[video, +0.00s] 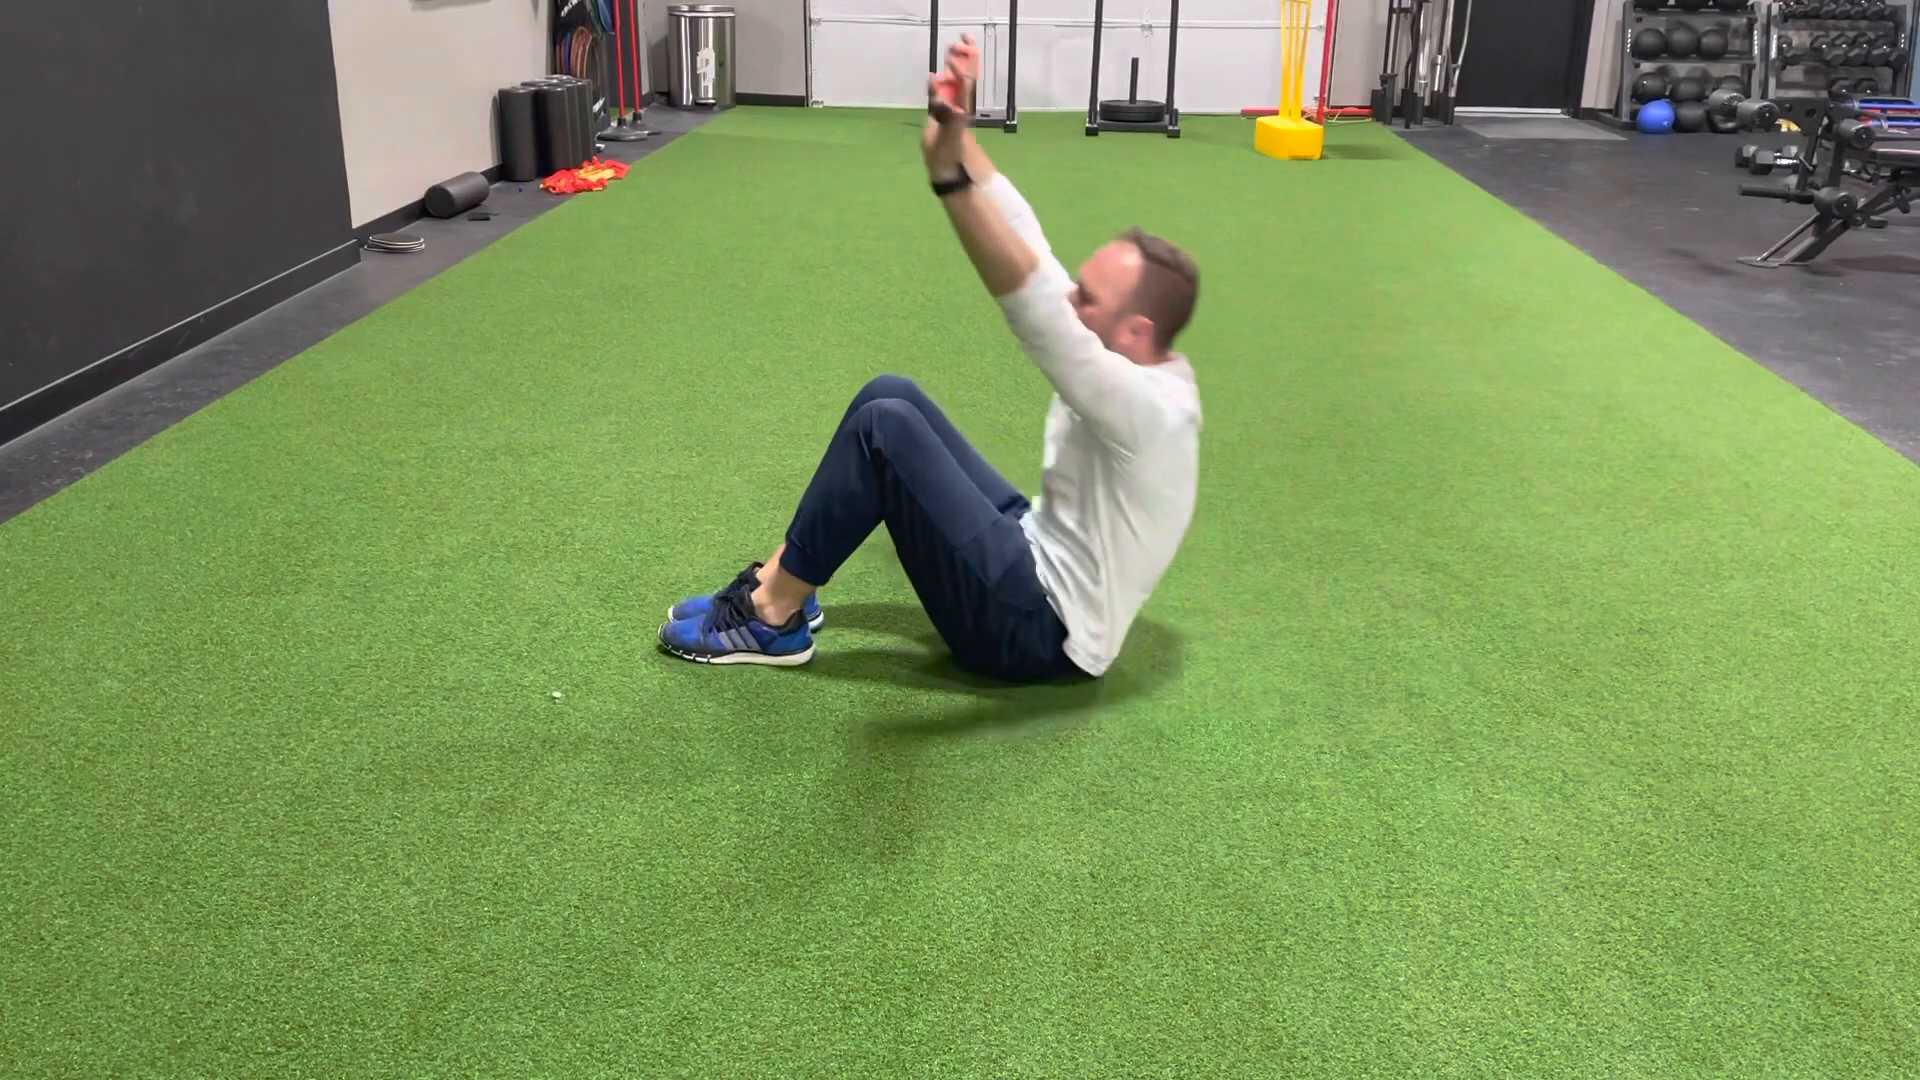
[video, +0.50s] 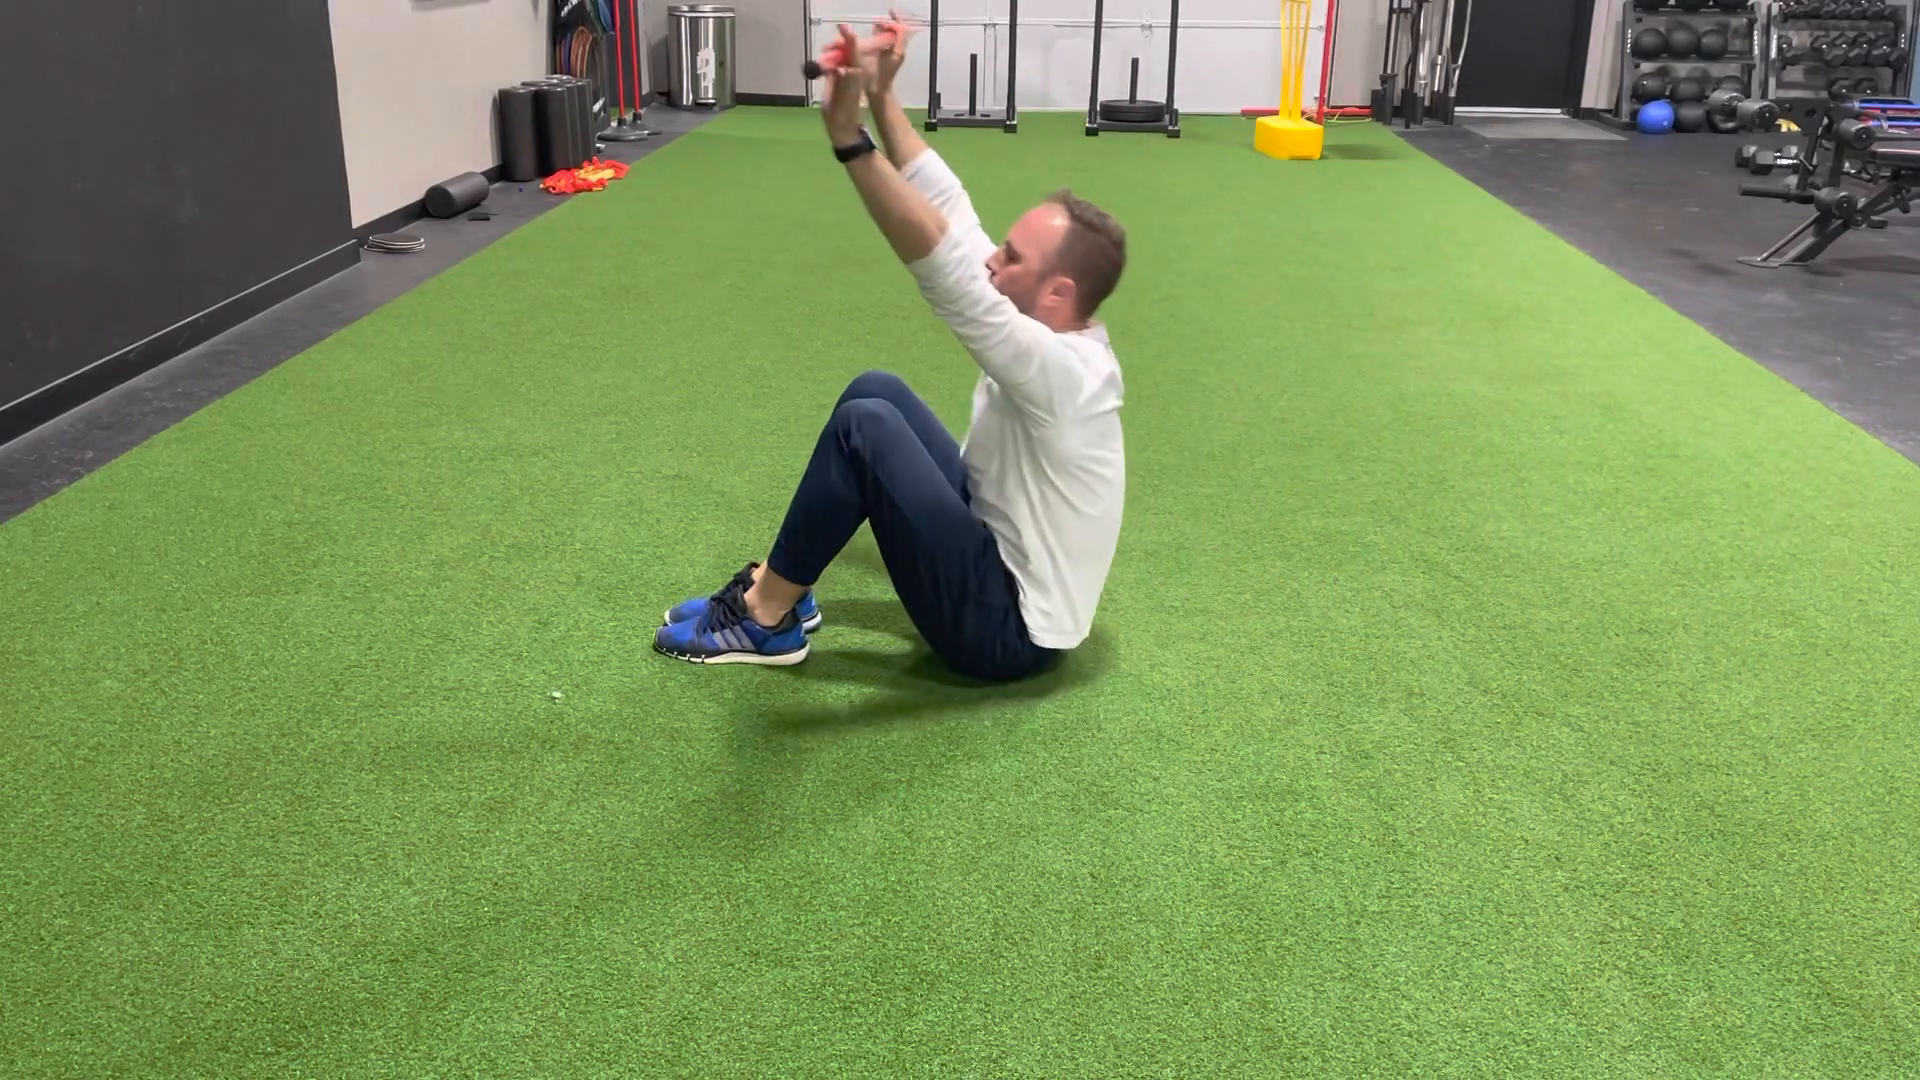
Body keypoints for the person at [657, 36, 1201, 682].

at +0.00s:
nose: (1072, 302)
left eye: (1090, 299)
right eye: (1081, 288)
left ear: (1136, 334)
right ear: (1137, 332)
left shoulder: (1139, 405)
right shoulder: (1137, 367)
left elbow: (1032, 298)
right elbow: (1032, 248)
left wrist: (949, 174)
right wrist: (959, 132)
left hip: (1043, 619)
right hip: (1044, 560)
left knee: (885, 425)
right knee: (887, 398)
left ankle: (774, 612)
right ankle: (781, 583)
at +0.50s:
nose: (993, 265)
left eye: (1012, 258)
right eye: (1004, 249)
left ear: (1057, 294)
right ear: (1056, 294)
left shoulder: (1057, 372)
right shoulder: (1052, 340)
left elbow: (944, 266)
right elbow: (952, 213)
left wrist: (849, 137)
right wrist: (883, 99)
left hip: (1007, 622)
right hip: (1012, 559)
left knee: (865, 425)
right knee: (876, 393)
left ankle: (766, 616)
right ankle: (780, 590)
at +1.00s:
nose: (1260, 364)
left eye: (1282, 368)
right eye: (1274, 353)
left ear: (1308, 424)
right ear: (1267, 380)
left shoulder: (1270, 499)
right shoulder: (1234, 440)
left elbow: (1226, 380)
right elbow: (1185, 318)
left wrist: (1213, 231)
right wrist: (1163, 153)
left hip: (1051, 622)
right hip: (1058, 562)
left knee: (884, 430)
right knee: (889, 405)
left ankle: (768, 615)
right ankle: (777, 594)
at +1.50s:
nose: (1456, 561)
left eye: (1478, 578)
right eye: (1466, 551)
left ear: (1473, 618)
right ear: (1440, 551)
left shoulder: (1390, 644)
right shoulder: (1365, 558)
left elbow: (1544, 596)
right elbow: (1456, 473)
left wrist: (1702, 553)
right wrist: (1573, 418)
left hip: (1085, 624)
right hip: (1091, 566)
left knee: (906, 436)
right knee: (907, 409)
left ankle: (778, 610)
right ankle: (787, 588)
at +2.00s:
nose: (1454, 576)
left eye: (1465, 593)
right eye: (1464, 576)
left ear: (1455, 639)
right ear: (1441, 575)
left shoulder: (1391, 660)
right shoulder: (1369, 579)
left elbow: (1554, 705)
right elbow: (1461, 551)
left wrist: (1713, 727)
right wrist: (1581, 551)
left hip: (1075, 618)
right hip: (1085, 562)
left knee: (897, 431)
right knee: (903, 405)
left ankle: (781, 610)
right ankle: (789, 581)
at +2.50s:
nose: (1420, 506)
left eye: (1442, 519)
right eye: (1430, 497)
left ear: (1448, 564)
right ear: (1404, 506)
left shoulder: (1379, 615)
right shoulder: (1350, 535)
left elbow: (1514, 530)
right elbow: (1425, 434)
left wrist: (1641, 441)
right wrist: (1525, 339)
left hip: (1082, 614)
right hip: (1096, 565)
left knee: (903, 424)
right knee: (909, 412)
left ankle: (781, 608)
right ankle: (786, 586)